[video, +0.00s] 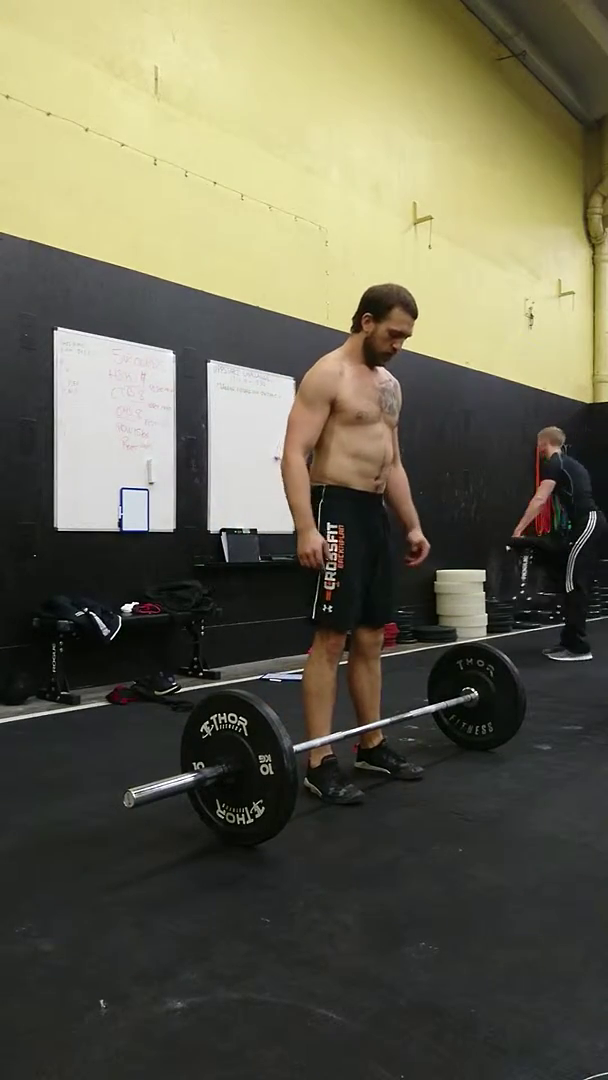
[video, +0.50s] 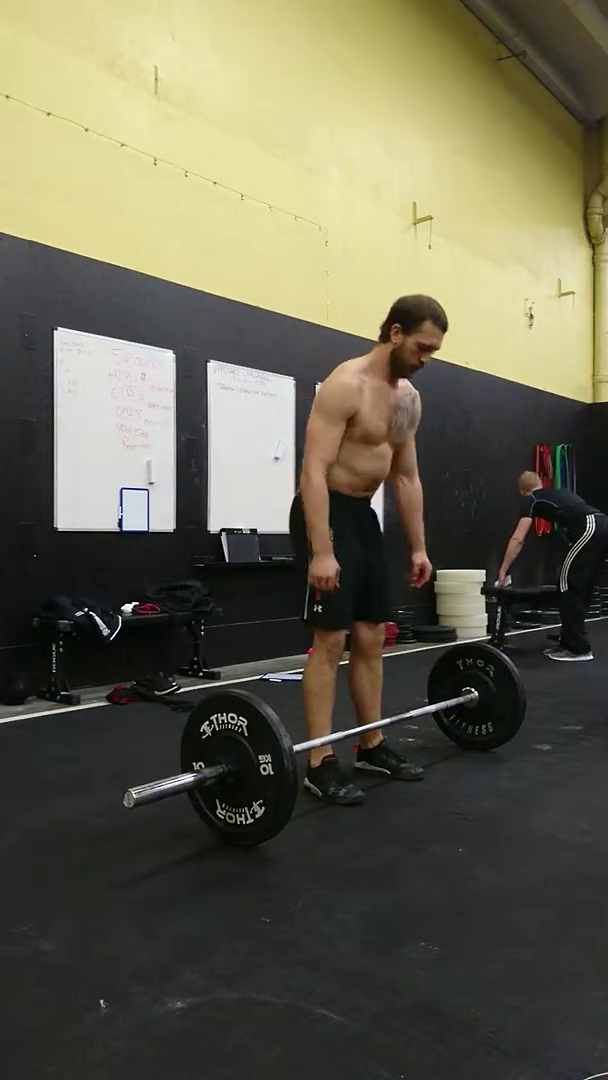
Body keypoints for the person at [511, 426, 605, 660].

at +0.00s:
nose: (538, 450)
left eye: (539, 445)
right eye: (538, 446)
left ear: (546, 444)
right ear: (560, 445)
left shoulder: (555, 462)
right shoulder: (571, 463)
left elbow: (539, 499)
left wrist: (520, 527)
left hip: (587, 521)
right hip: (590, 520)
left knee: (573, 578)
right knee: (575, 579)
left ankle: (576, 645)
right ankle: (572, 641)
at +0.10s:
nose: (533, 459)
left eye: (533, 456)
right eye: (533, 456)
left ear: (537, 454)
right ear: (553, 451)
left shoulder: (549, 468)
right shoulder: (568, 468)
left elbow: (532, 507)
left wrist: (514, 537)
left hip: (588, 521)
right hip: (594, 520)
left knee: (573, 579)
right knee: (576, 580)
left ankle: (576, 646)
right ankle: (571, 642)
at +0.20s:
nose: (528, 469)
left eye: (527, 466)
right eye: (528, 467)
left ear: (530, 465)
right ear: (548, 460)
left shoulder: (542, 477)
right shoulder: (564, 475)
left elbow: (527, 515)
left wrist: (509, 547)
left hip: (590, 523)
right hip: (595, 521)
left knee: (572, 581)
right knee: (575, 581)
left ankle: (577, 647)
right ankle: (571, 642)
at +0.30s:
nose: (525, 479)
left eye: (524, 476)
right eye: (524, 476)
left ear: (528, 473)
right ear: (544, 469)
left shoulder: (537, 485)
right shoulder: (558, 480)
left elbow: (522, 525)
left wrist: (506, 555)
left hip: (590, 524)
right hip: (596, 522)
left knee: (570, 580)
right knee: (576, 582)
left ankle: (577, 647)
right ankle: (571, 642)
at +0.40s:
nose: (523, 487)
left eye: (523, 484)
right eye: (523, 485)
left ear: (525, 482)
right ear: (542, 476)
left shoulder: (534, 491)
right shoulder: (555, 486)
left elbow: (519, 532)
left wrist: (505, 562)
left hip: (590, 525)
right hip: (599, 522)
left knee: (569, 582)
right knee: (579, 584)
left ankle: (577, 647)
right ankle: (571, 640)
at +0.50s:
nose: (524, 496)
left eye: (523, 493)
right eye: (523, 494)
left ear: (524, 491)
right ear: (540, 484)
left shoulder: (532, 500)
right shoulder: (556, 494)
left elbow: (518, 539)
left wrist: (503, 571)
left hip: (590, 528)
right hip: (600, 524)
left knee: (568, 583)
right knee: (580, 585)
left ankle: (577, 648)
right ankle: (570, 642)